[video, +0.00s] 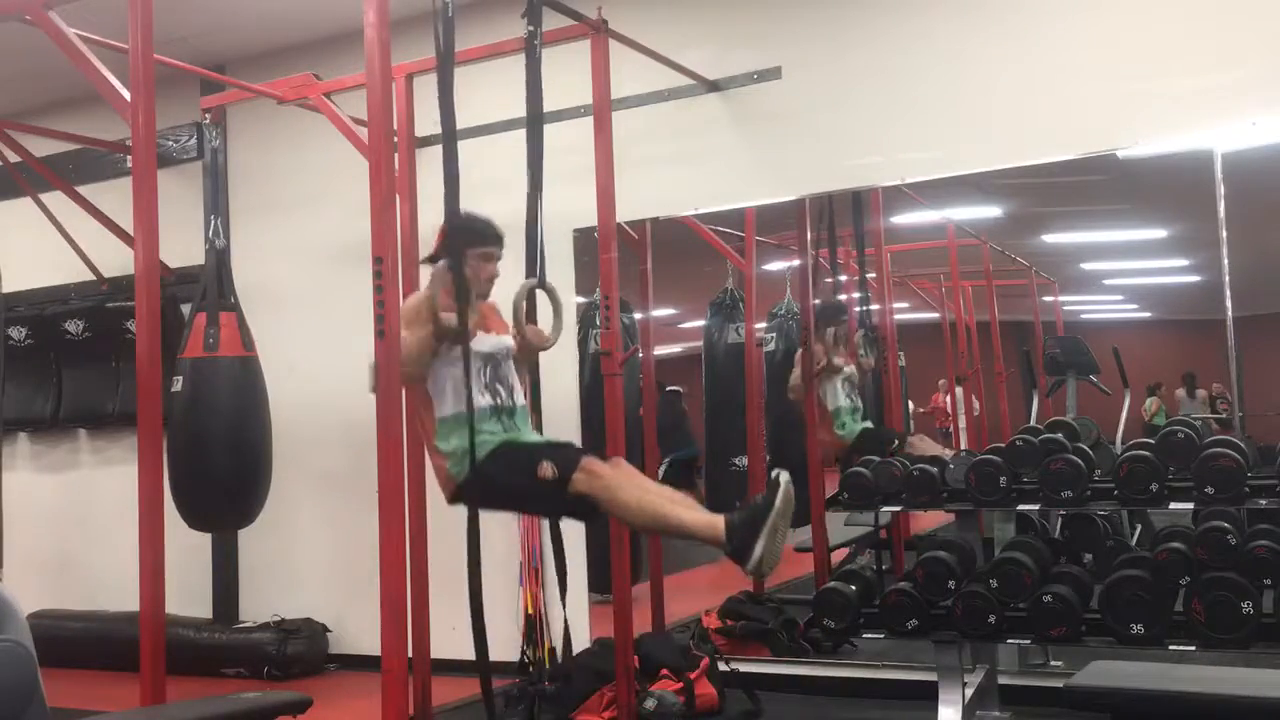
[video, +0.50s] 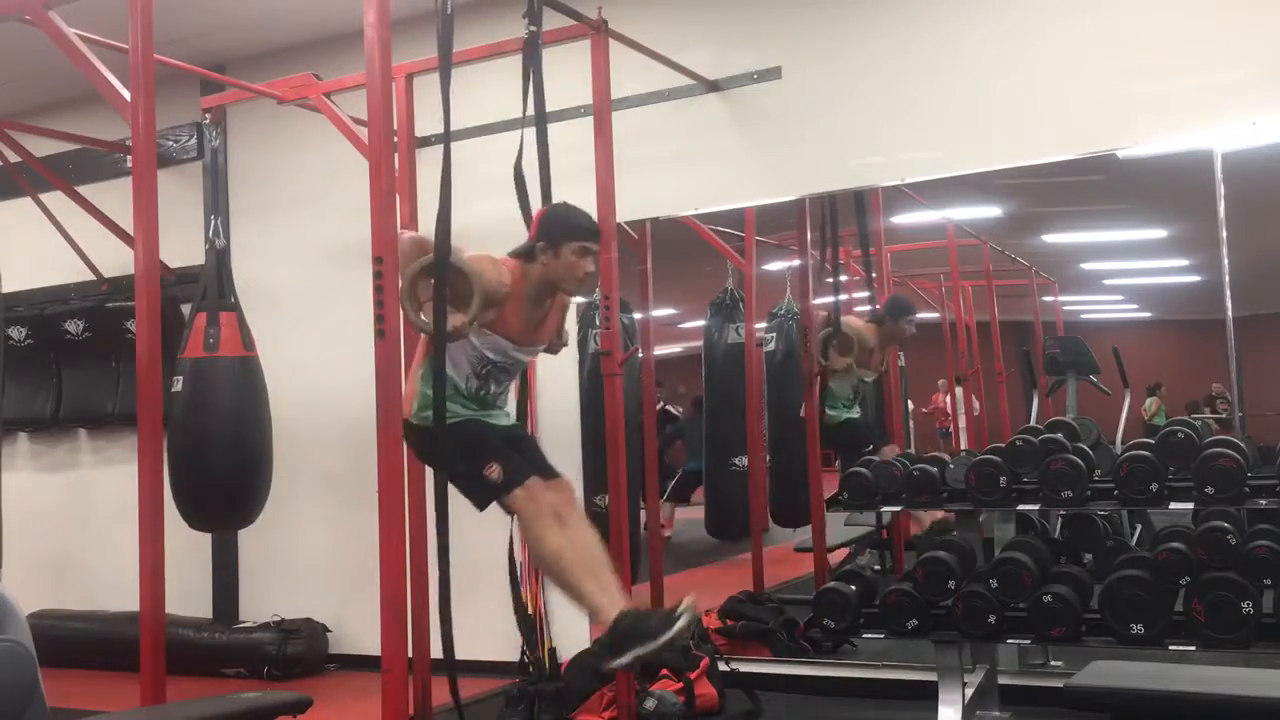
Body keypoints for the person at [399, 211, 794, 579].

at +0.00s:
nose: (494, 271)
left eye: (497, 261)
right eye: (483, 261)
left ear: (494, 262)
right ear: (452, 262)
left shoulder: (489, 311)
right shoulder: (422, 307)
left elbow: (518, 385)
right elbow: (401, 369)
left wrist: (530, 354)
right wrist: (440, 333)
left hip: (514, 445)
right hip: (472, 458)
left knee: (618, 470)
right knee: (592, 475)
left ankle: (740, 539)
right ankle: (728, 533)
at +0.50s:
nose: (592, 269)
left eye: (594, 257)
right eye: (583, 256)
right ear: (547, 253)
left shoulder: (559, 296)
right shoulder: (492, 276)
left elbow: (549, 323)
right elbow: (408, 243)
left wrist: (554, 338)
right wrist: (422, 312)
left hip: (492, 416)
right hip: (439, 414)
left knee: (562, 494)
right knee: (532, 499)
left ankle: (621, 622)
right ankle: (617, 622)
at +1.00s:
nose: (596, 182)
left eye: (597, 171)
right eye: (584, 171)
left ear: (586, 181)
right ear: (550, 178)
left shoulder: (577, 239)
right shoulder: (513, 229)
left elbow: (536, 290)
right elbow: (416, 232)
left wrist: (543, 328)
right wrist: (425, 305)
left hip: (513, 384)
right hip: (459, 377)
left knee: (518, 499)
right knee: (491, 499)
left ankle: (496, 636)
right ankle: (479, 639)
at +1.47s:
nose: (577, 92)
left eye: (579, 82)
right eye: (566, 81)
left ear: (570, 91)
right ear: (530, 85)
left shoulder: (565, 160)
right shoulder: (500, 148)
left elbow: (540, 245)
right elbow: (440, 228)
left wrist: (548, 313)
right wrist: (433, 305)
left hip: (520, 327)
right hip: (475, 322)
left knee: (508, 442)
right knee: (480, 441)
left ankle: (489, 570)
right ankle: (458, 573)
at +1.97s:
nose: (562, 85)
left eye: (565, 76)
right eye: (551, 74)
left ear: (561, 85)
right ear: (516, 77)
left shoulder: (553, 153)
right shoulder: (492, 137)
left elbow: (545, 241)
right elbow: (461, 221)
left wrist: (551, 310)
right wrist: (450, 301)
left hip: (527, 313)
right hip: (480, 308)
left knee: (539, 430)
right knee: (512, 427)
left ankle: (562, 556)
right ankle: (536, 561)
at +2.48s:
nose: (575, 79)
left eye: (577, 70)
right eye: (563, 68)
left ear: (575, 78)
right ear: (528, 72)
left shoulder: (572, 149)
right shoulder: (505, 134)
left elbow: (573, 240)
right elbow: (479, 216)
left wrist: (585, 313)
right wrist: (468, 292)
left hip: (547, 313)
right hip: (499, 309)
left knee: (556, 432)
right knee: (526, 428)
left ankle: (573, 561)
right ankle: (552, 565)